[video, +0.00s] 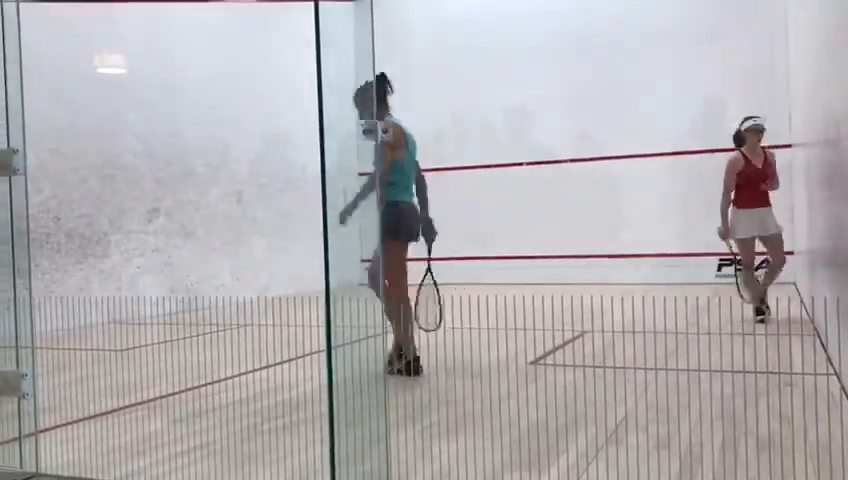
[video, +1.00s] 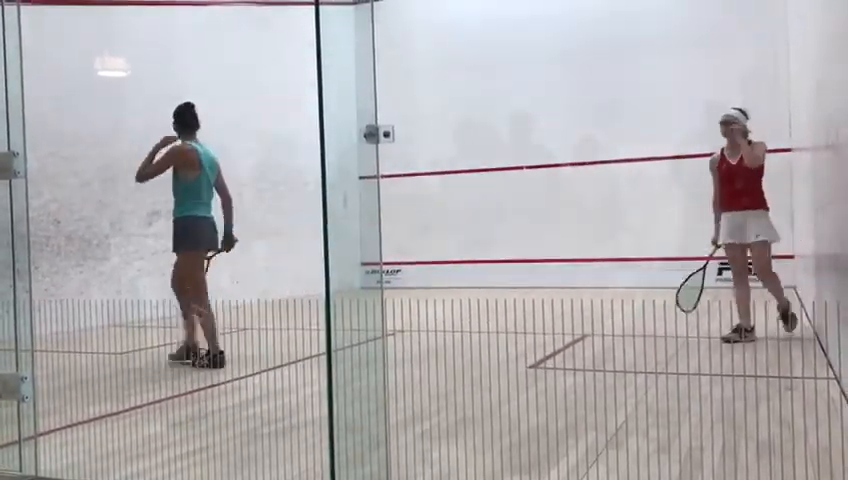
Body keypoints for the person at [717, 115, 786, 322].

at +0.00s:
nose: (758, 135)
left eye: (760, 131)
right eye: (752, 131)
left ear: (763, 134)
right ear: (743, 134)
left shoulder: (768, 155)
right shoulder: (735, 160)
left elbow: (775, 183)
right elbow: (726, 194)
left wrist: (767, 185)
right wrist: (724, 225)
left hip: (764, 213)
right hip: (742, 214)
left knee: (778, 259)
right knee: (748, 264)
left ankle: (759, 292)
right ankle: (758, 303)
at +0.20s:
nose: (763, 138)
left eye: (766, 134)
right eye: (759, 134)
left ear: (770, 137)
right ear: (750, 137)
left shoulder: (778, 159)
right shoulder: (742, 164)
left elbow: (790, 188)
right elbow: (734, 198)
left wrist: (777, 185)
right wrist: (737, 227)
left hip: (775, 214)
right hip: (751, 216)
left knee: (785, 266)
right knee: (755, 266)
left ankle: (795, 311)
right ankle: (759, 306)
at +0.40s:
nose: (771, 137)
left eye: (775, 132)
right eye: (766, 132)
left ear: (779, 134)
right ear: (758, 134)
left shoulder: (786, 156)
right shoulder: (749, 162)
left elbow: (800, 184)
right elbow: (741, 196)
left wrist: (791, 159)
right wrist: (744, 224)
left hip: (784, 215)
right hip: (758, 217)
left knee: (791, 267)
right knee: (762, 267)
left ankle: (796, 315)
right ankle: (766, 302)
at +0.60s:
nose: (767, 133)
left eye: (771, 129)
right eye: (762, 129)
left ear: (779, 131)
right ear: (757, 131)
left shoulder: (788, 151)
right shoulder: (747, 160)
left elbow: (793, 171)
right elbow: (742, 194)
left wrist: (781, 148)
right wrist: (736, 224)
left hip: (785, 215)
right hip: (758, 217)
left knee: (791, 267)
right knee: (756, 267)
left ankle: (796, 315)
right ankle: (770, 306)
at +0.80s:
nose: (750, 133)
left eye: (754, 128)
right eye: (746, 129)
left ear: (764, 131)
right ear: (741, 133)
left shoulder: (776, 151)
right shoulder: (737, 162)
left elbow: (774, 167)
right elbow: (733, 198)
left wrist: (763, 141)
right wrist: (728, 230)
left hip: (776, 218)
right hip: (750, 221)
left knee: (786, 270)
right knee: (752, 273)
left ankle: (793, 316)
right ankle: (749, 323)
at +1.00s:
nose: (726, 128)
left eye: (731, 124)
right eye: (724, 124)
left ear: (743, 127)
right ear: (721, 129)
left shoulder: (757, 147)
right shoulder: (717, 159)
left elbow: (753, 162)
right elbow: (717, 197)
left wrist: (740, 138)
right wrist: (716, 231)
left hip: (756, 217)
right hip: (730, 219)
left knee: (763, 271)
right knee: (739, 275)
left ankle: (784, 306)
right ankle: (745, 325)